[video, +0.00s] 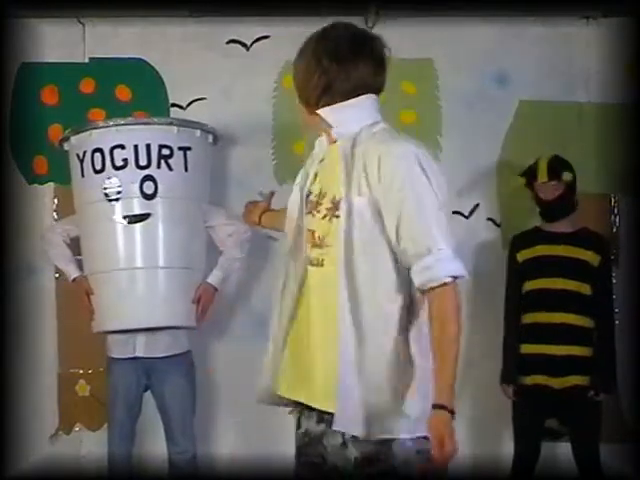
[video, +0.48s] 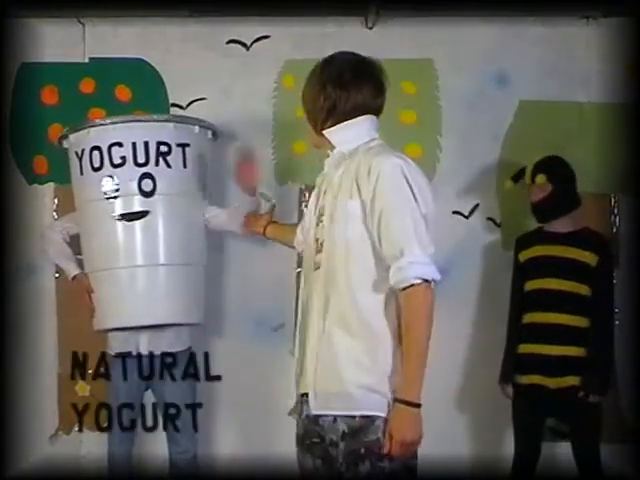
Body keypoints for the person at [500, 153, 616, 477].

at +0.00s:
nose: (546, 194)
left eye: (552, 185)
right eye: (539, 187)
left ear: (569, 187)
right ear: (532, 192)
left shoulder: (595, 245)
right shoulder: (521, 245)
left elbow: (604, 315)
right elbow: (512, 313)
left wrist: (604, 373)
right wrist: (508, 369)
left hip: (580, 376)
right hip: (530, 376)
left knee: (588, 461)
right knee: (524, 460)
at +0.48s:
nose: (531, 195)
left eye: (539, 186)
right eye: (530, 187)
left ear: (559, 189)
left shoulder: (596, 246)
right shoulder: (525, 244)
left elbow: (603, 318)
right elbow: (516, 313)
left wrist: (598, 376)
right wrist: (508, 367)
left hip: (578, 377)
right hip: (529, 376)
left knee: (587, 462)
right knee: (524, 459)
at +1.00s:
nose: (532, 194)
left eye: (539, 185)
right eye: (532, 186)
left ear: (559, 188)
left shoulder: (596, 246)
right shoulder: (526, 244)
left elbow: (603, 317)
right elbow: (515, 312)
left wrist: (600, 374)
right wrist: (507, 364)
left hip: (578, 376)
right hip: (529, 374)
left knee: (587, 460)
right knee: (524, 458)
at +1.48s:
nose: (534, 194)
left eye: (541, 185)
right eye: (534, 186)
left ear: (561, 188)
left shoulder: (597, 247)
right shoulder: (526, 244)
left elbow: (603, 318)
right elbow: (515, 313)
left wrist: (602, 377)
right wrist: (507, 367)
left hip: (579, 377)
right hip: (529, 375)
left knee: (587, 461)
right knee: (524, 458)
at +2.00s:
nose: (548, 195)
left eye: (555, 186)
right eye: (540, 188)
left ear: (571, 188)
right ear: (532, 194)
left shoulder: (596, 245)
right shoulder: (521, 245)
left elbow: (605, 315)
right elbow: (513, 311)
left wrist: (606, 374)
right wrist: (510, 367)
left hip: (580, 379)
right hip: (531, 378)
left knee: (589, 463)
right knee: (524, 462)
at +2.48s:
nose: (553, 197)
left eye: (561, 188)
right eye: (545, 189)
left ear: (573, 190)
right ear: (534, 194)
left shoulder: (596, 246)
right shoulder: (519, 246)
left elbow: (605, 314)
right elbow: (511, 314)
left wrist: (607, 373)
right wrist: (510, 370)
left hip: (582, 375)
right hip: (532, 375)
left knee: (589, 462)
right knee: (524, 460)